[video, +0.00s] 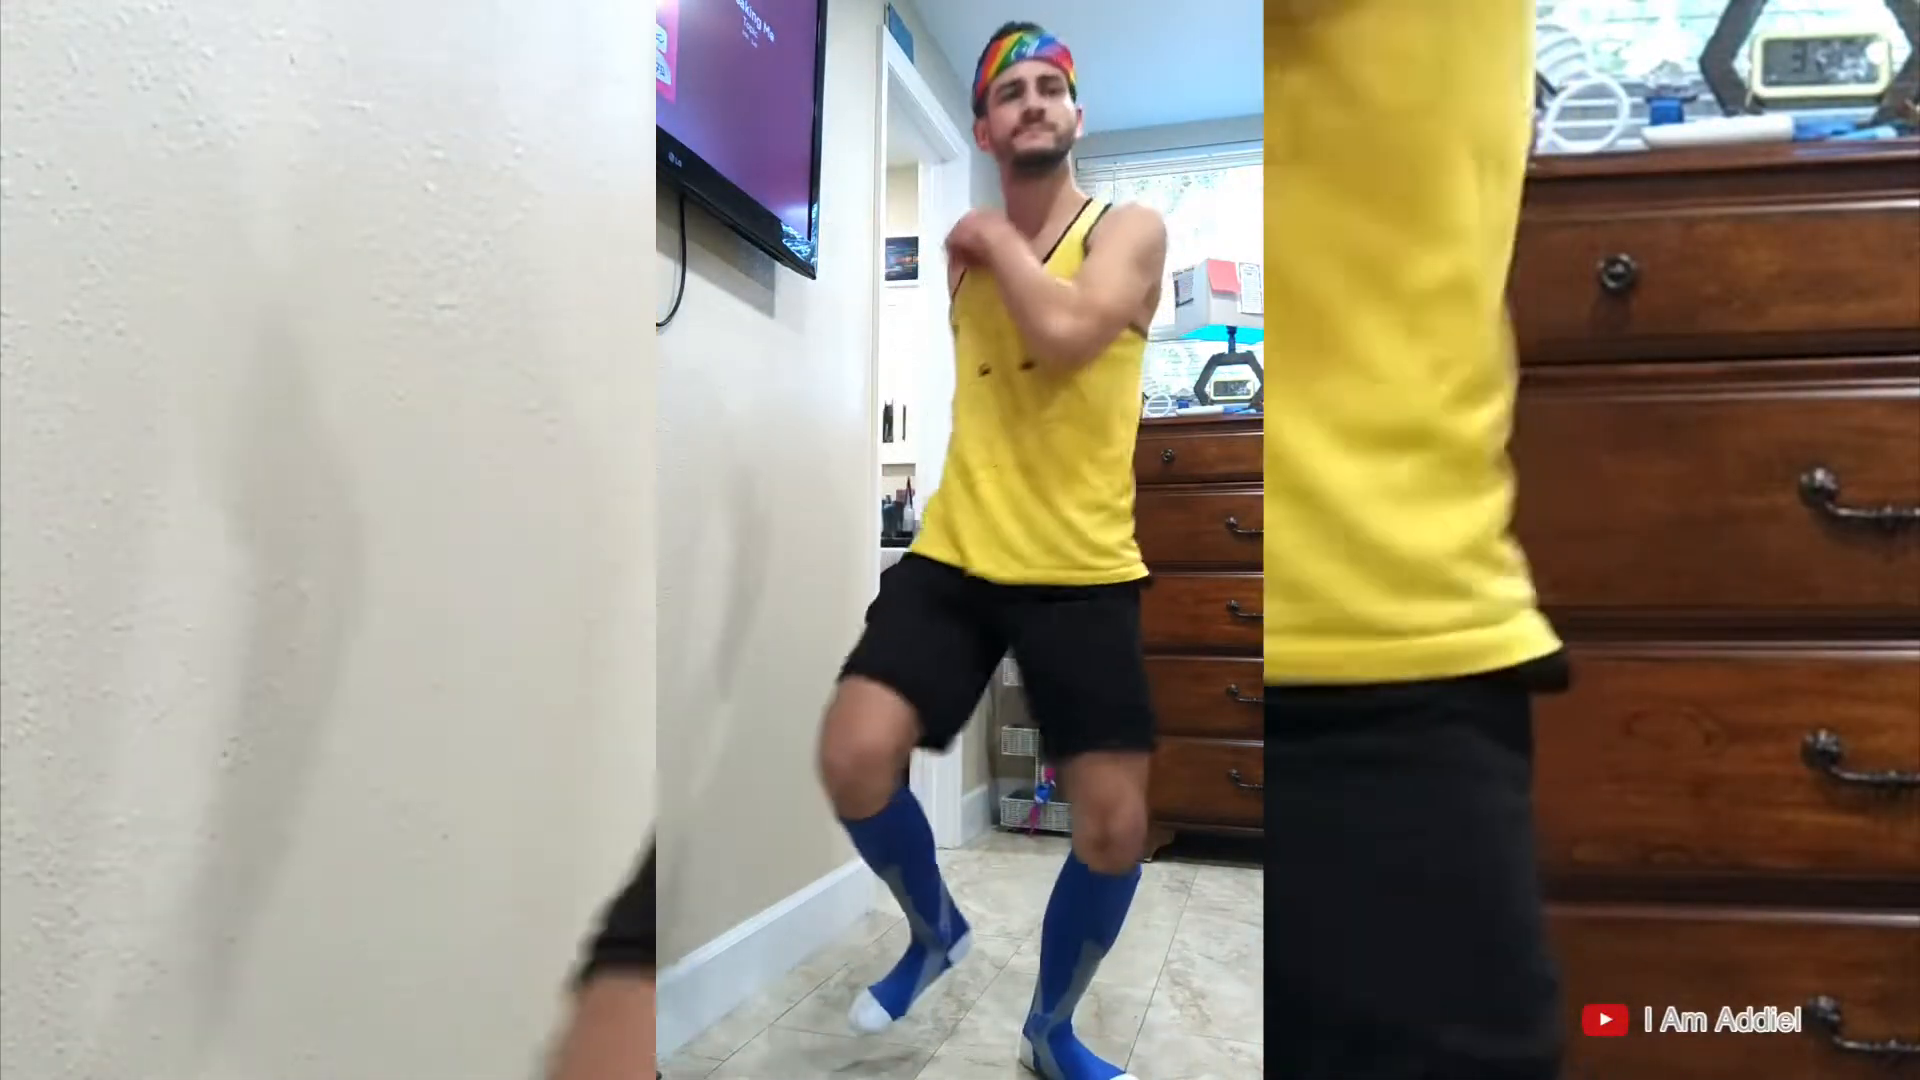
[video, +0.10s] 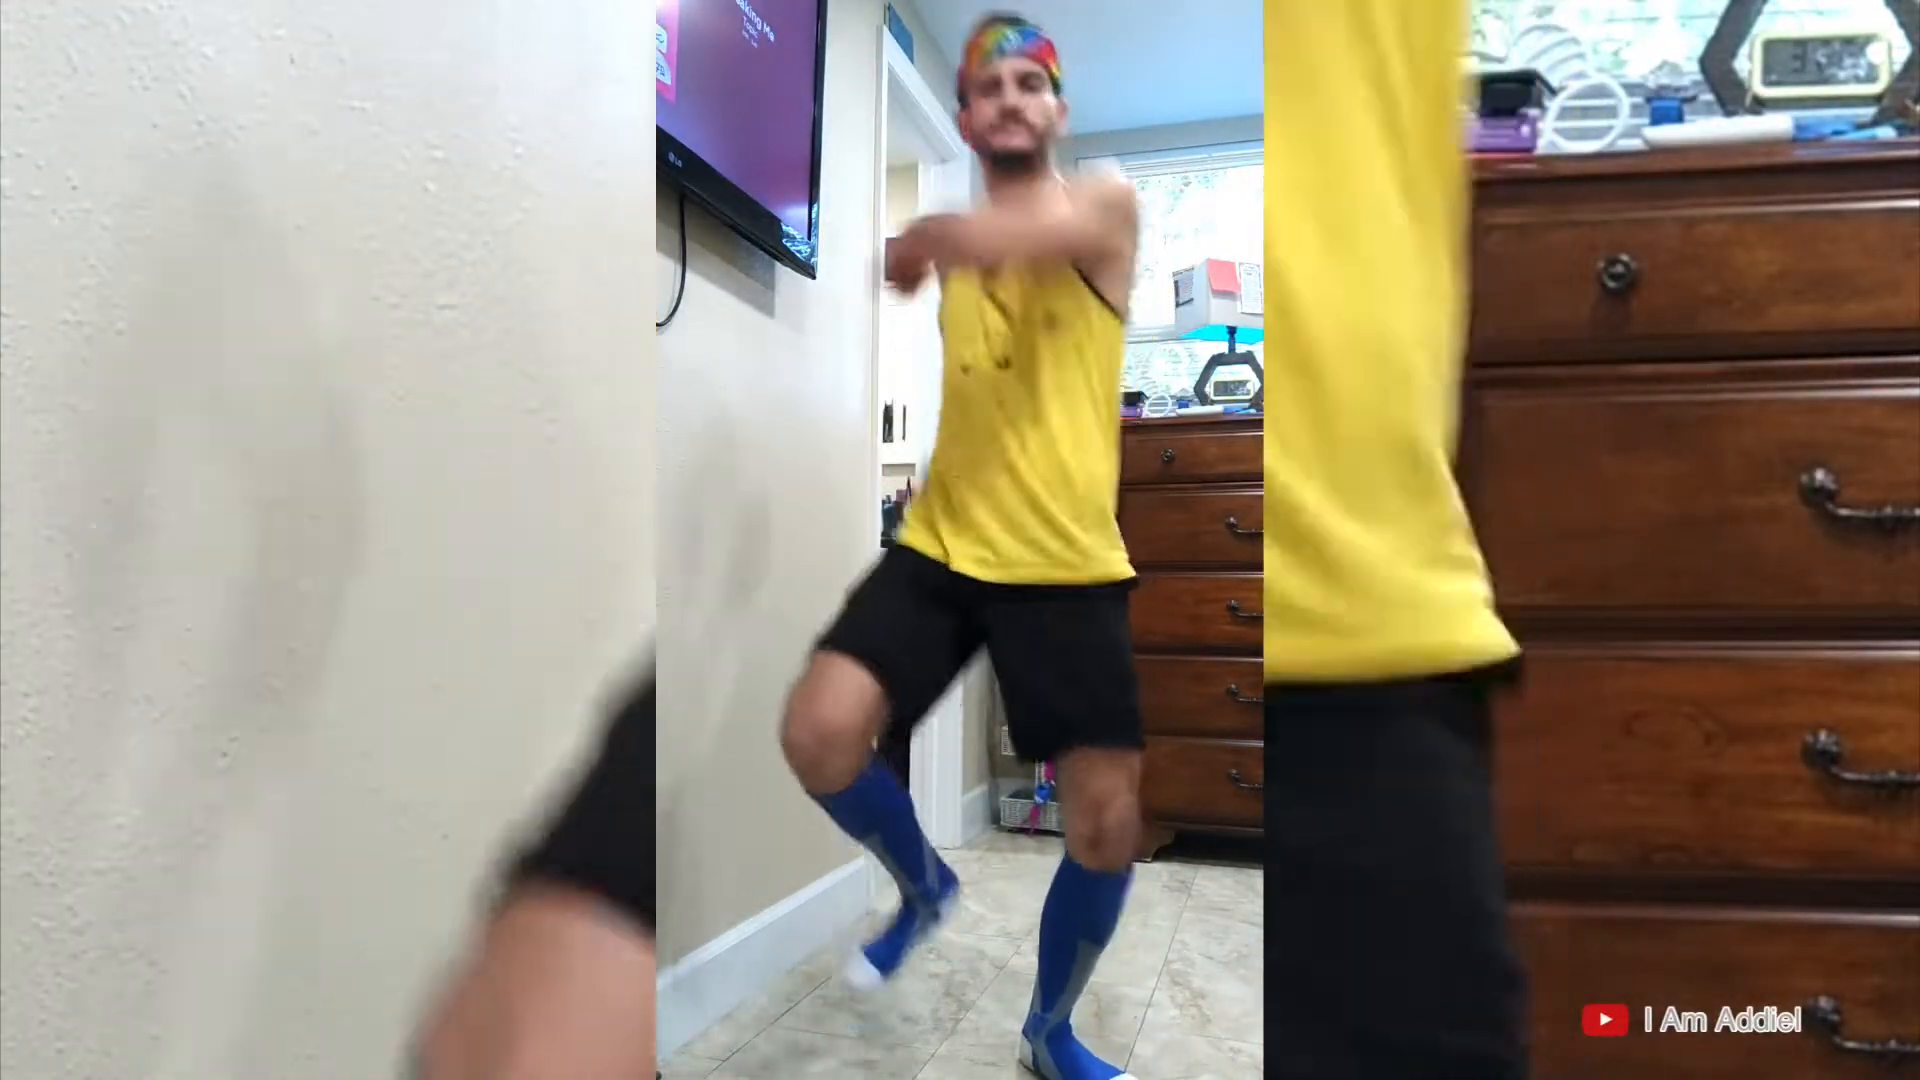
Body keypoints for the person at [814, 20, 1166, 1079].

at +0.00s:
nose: (1033, 104)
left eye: (1050, 90)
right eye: (1012, 94)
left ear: (1080, 116)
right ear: (984, 128)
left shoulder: (1129, 228)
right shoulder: (977, 258)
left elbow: (1065, 335)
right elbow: (986, 392)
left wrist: (998, 241)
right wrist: (972, 502)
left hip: (1083, 566)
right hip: (956, 550)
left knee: (1117, 825)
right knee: (853, 756)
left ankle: (1052, 1025)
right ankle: (936, 929)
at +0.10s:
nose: (1007, 99)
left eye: (1026, 83)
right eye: (986, 89)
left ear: (1060, 105)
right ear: (962, 119)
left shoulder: (1106, 200)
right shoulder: (960, 230)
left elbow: (1037, 230)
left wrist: (939, 241)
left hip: (1070, 558)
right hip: (943, 541)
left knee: (1109, 821)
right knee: (819, 735)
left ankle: (1050, 1028)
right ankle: (926, 884)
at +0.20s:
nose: (967, 58)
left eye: (988, 38)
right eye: (944, 43)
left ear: (1023, 51)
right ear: (918, 68)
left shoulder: (1052, 111)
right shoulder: (941, 198)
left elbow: (908, 171)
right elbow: (984, 345)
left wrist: (819, 285)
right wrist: (923, 402)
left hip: (1049, 497)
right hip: (929, 492)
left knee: (1044, 772)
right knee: (827, 706)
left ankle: (1039, 1017)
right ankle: (877, 912)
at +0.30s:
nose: (926, 50)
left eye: (946, 31)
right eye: (905, 41)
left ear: (984, 42)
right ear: (889, 72)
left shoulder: (1010, 92)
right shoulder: (916, 182)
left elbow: (903, 214)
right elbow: (971, 320)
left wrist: (786, 350)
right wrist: (895, 362)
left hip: (1031, 488)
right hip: (905, 485)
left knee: (1021, 773)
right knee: (847, 751)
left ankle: (995, 1005)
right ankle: (824, 1015)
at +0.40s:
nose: (896, 57)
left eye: (919, 41)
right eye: (874, 43)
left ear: (953, 64)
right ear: (849, 77)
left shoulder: (990, 121)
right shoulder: (869, 242)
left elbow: (978, 283)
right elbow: (874, 397)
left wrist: (915, 469)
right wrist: (842, 355)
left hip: (998, 517)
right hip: (871, 516)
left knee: (1016, 782)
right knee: (838, 774)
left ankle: (995, 1008)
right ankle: (844, 1031)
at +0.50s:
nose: (872, 52)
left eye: (896, 40)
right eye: (851, 37)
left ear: (925, 73)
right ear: (821, 70)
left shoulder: (978, 138)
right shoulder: (804, 231)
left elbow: (1068, 291)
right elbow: (788, 400)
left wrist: (1029, 466)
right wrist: (845, 284)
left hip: (979, 518)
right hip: (848, 529)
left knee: (1052, 772)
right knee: (816, 784)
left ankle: (991, 887)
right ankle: (859, 1035)